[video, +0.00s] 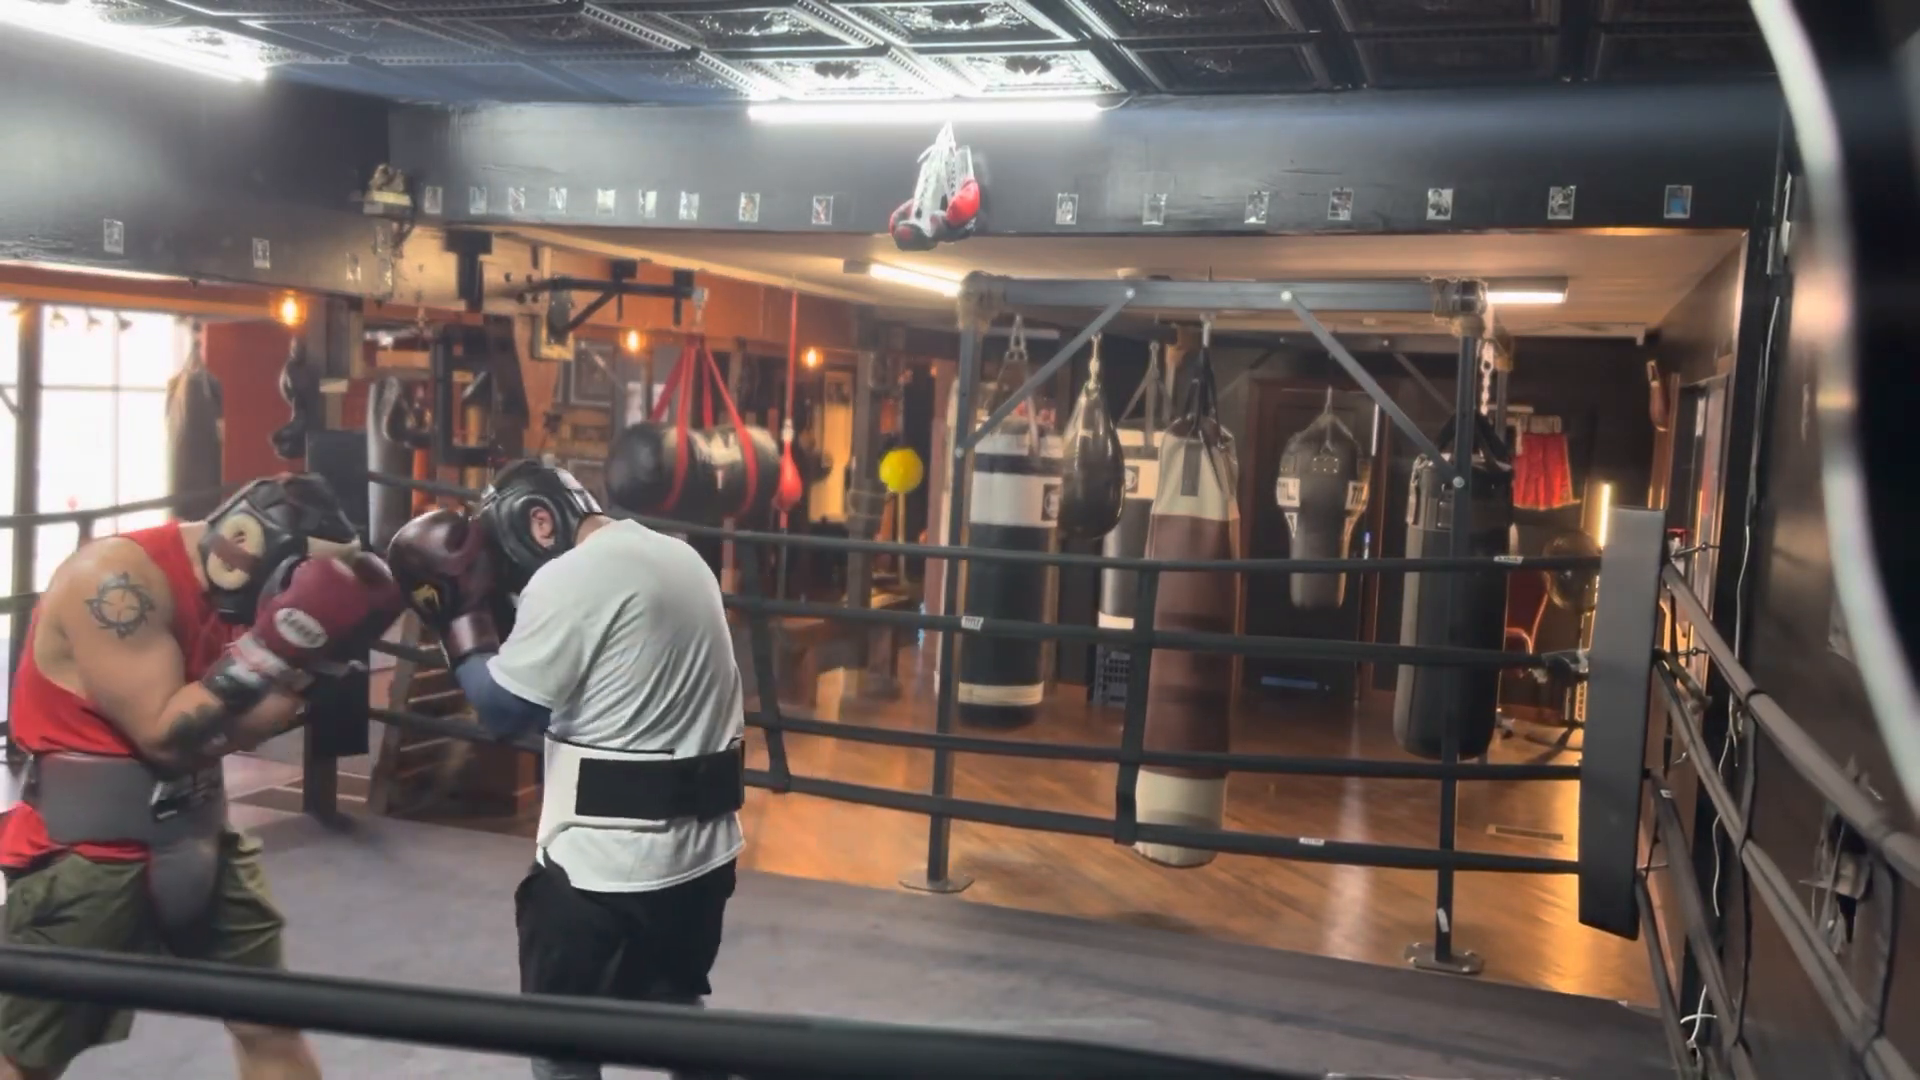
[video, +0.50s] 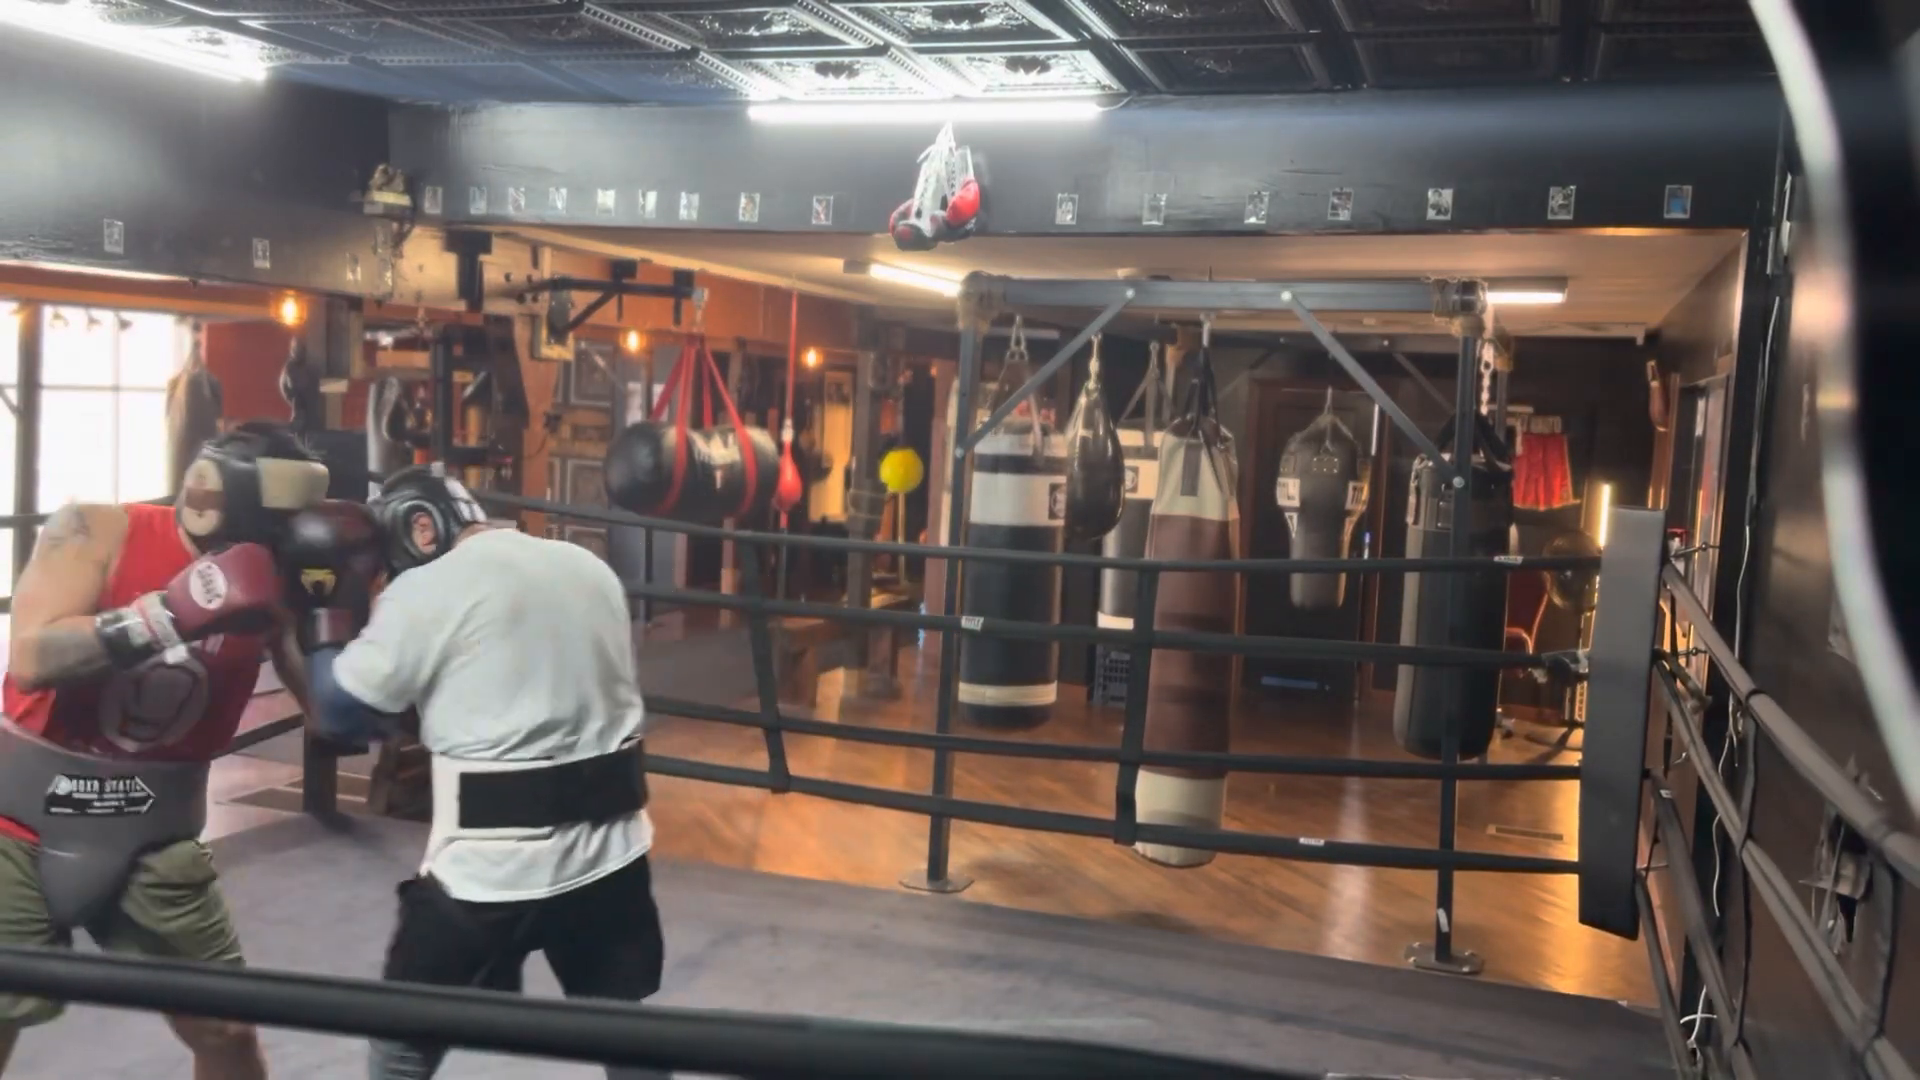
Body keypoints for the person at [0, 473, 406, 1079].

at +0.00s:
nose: (283, 604)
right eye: (286, 588)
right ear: (246, 552)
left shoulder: (237, 594)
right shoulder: (107, 578)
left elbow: (224, 730)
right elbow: (166, 736)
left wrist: (323, 660)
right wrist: (269, 648)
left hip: (199, 838)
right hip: (84, 852)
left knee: (269, 1029)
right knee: (23, 1060)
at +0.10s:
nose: (266, 586)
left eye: (273, 577)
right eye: (269, 571)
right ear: (219, 537)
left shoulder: (210, 585)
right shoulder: (87, 575)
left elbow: (253, 711)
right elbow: (158, 726)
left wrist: (307, 616)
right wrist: (269, 637)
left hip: (165, 819)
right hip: (53, 841)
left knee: (233, 1008)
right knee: (19, 1053)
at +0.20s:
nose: (248, 597)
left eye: (259, 583)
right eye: (257, 577)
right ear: (210, 534)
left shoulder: (211, 582)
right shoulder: (87, 577)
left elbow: (254, 706)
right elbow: (166, 728)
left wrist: (305, 614)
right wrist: (271, 633)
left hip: (157, 825)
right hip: (48, 845)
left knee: (224, 1007)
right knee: (18, 1047)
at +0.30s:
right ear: (227, 548)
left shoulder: (210, 582)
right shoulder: (100, 577)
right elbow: (159, 732)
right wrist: (260, 645)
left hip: (157, 819)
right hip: (49, 844)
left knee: (231, 1012)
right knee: (19, 1057)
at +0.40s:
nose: (250, 565)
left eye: (267, 553)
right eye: (244, 547)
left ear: (274, 547)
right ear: (219, 516)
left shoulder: (220, 577)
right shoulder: (95, 559)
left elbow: (175, 682)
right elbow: (94, 709)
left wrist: (253, 709)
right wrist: (219, 631)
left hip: (165, 825)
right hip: (37, 841)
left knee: (248, 994)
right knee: (13, 1040)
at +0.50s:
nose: (202, 503)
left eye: (224, 499)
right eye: (197, 488)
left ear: (266, 519)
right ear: (189, 474)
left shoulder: (268, 586)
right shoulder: (91, 529)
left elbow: (335, 718)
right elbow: (30, 656)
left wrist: (343, 602)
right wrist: (167, 613)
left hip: (156, 837)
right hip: (24, 827)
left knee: (229, 1035)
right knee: (1, 1034)